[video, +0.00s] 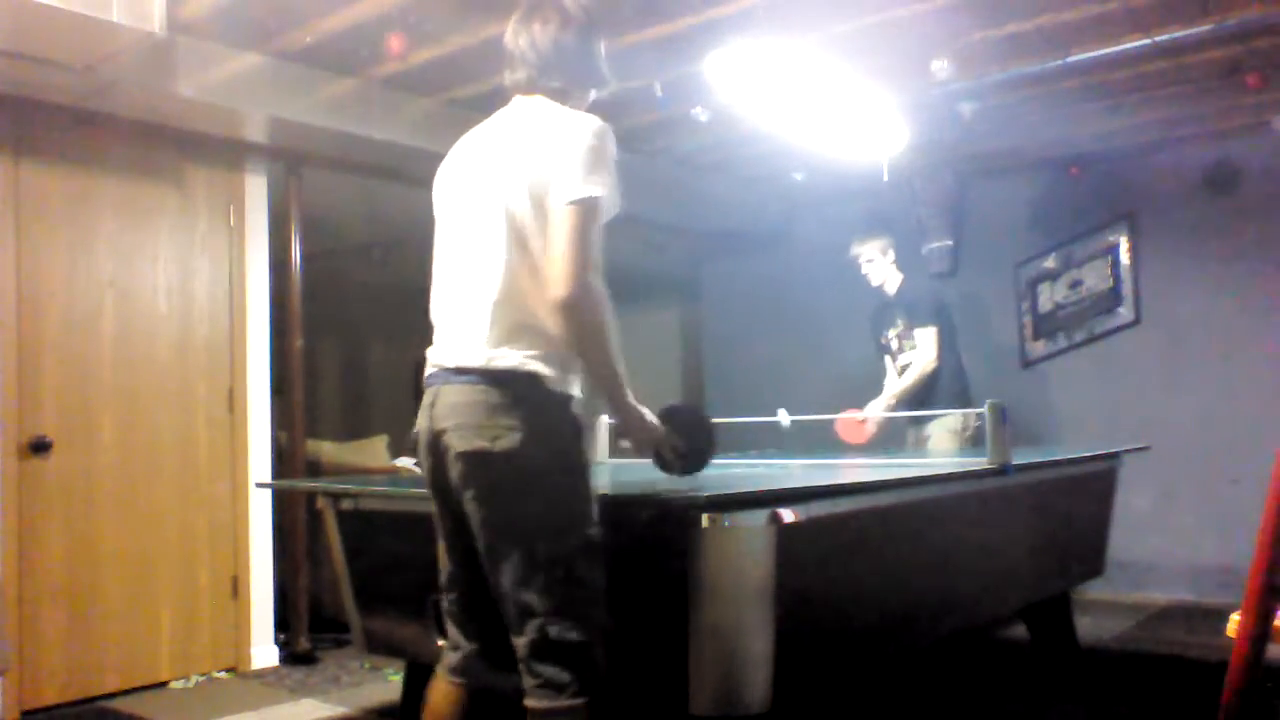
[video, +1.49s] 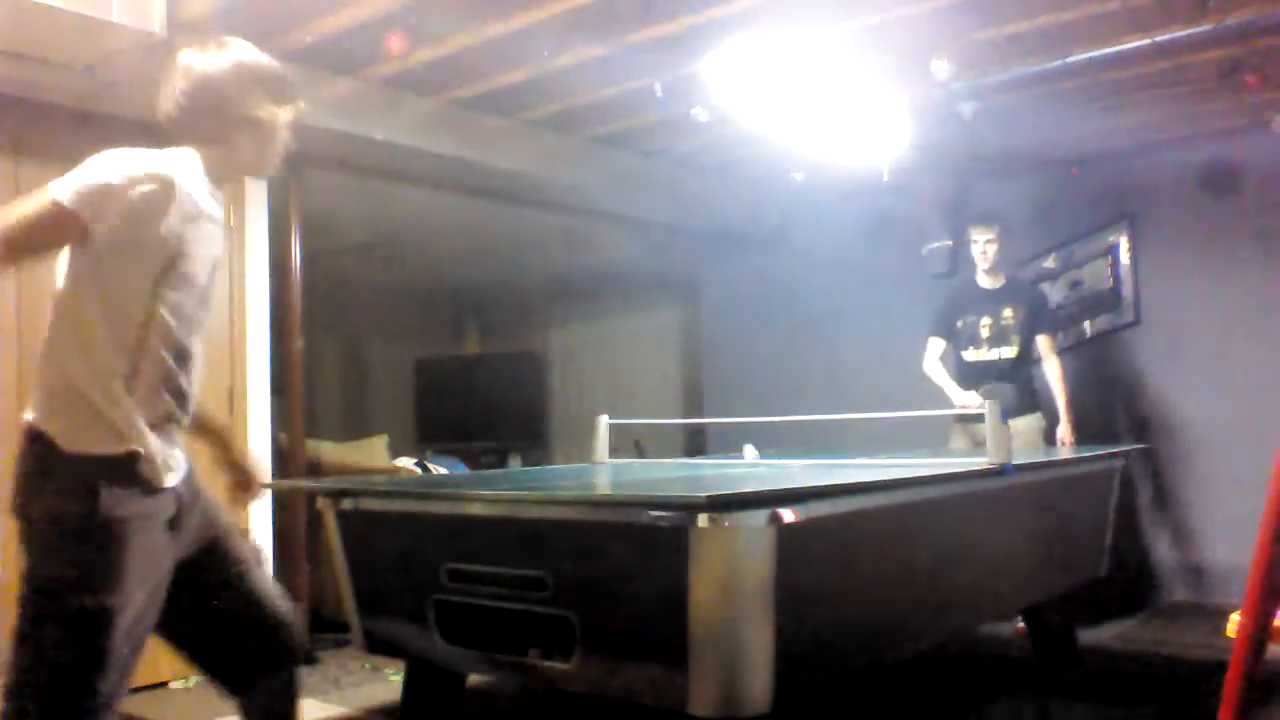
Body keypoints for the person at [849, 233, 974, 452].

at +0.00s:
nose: (864, 270)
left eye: (869, 261)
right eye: (860, 264)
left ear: (889, 256)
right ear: (858, 266)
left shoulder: (921, 294)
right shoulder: (880, 314)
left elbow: (928, 358)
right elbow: (892, 374)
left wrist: (884, 402)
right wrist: (878, 412)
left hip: (947, 412)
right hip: (916, 418)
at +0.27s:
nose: (885, 258)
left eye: (892, 250)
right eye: (878, 252)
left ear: (907, 250)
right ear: (872, 256)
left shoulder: (934, 293)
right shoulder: (879, 312)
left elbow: (950, 358)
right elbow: (887, 369)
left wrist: (908, 404)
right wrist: (886, 402)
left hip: (947, 410)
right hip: (909, 417)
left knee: (947, 488)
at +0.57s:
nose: (891, 256)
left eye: (898, 248)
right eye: (884, 250)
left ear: (912, 250)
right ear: (876, 255)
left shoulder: (939, 295)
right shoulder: (869, 311)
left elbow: (959, 355)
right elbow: (873, 366)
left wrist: (966, 414)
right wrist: (879, 409)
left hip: (951, 419)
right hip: (906, 427)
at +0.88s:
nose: (912, 259)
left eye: (919, 252)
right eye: (905, 253)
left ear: (928, 252)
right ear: (896, 255)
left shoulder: (957, 296)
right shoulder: (886, 308)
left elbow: (986, 350)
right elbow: (883, 363)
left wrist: (992, 402)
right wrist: (887, 399)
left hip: (965, 421)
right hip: (916, 426)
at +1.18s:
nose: (956, 256)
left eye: (962, 249)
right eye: (949, 249)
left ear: (972, 251)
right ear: (939, 252)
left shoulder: (999, 296)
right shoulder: (927, 301)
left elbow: (1016, 356)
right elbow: (912, 365)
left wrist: (1023, 416)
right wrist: (942, 399)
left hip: (999, 418)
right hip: (950, 422)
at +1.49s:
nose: (981, 249)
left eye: (989, 242)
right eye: (975, 242)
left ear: (1004, 245)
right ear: (969, 248)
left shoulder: (1029, 296)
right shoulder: (956, 299)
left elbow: (1049, 357)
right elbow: (930, 361)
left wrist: (1064, 418)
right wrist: (958, 395)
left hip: (1022, 419)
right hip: (969, 422)